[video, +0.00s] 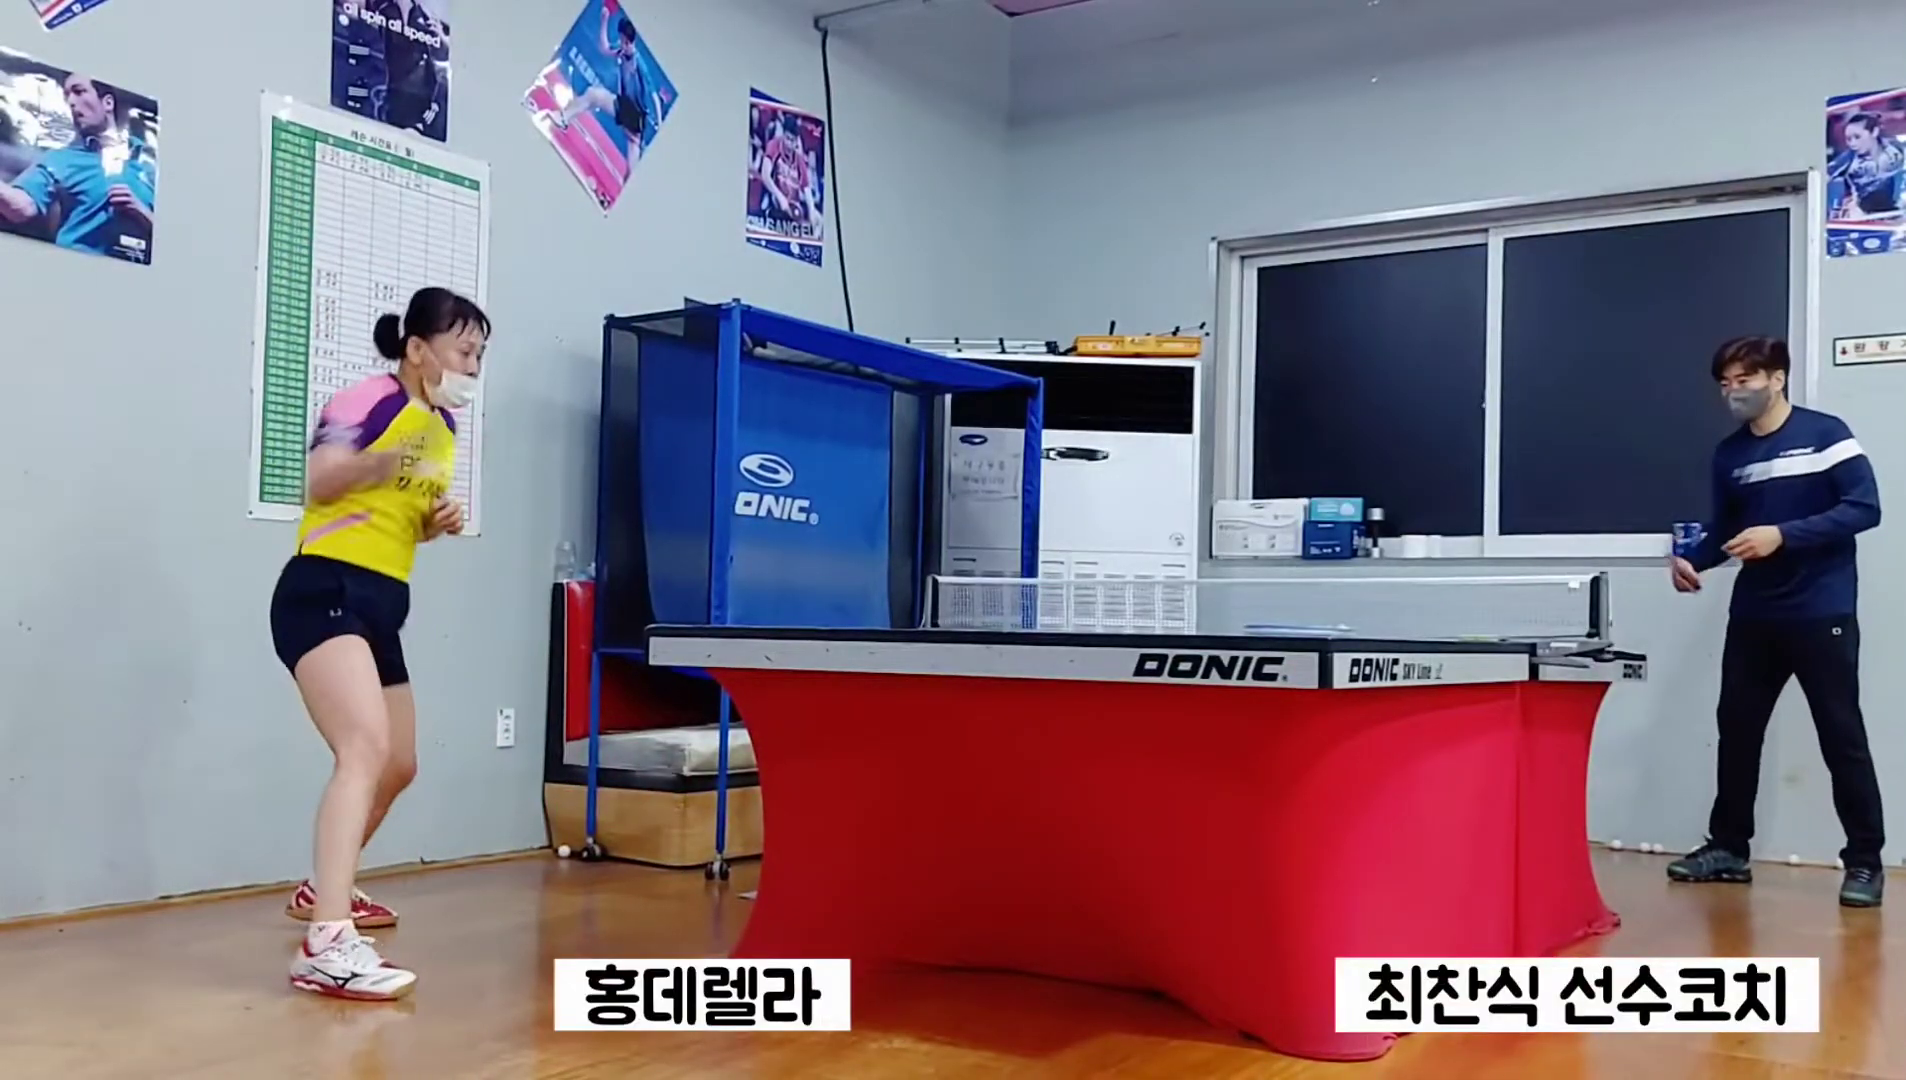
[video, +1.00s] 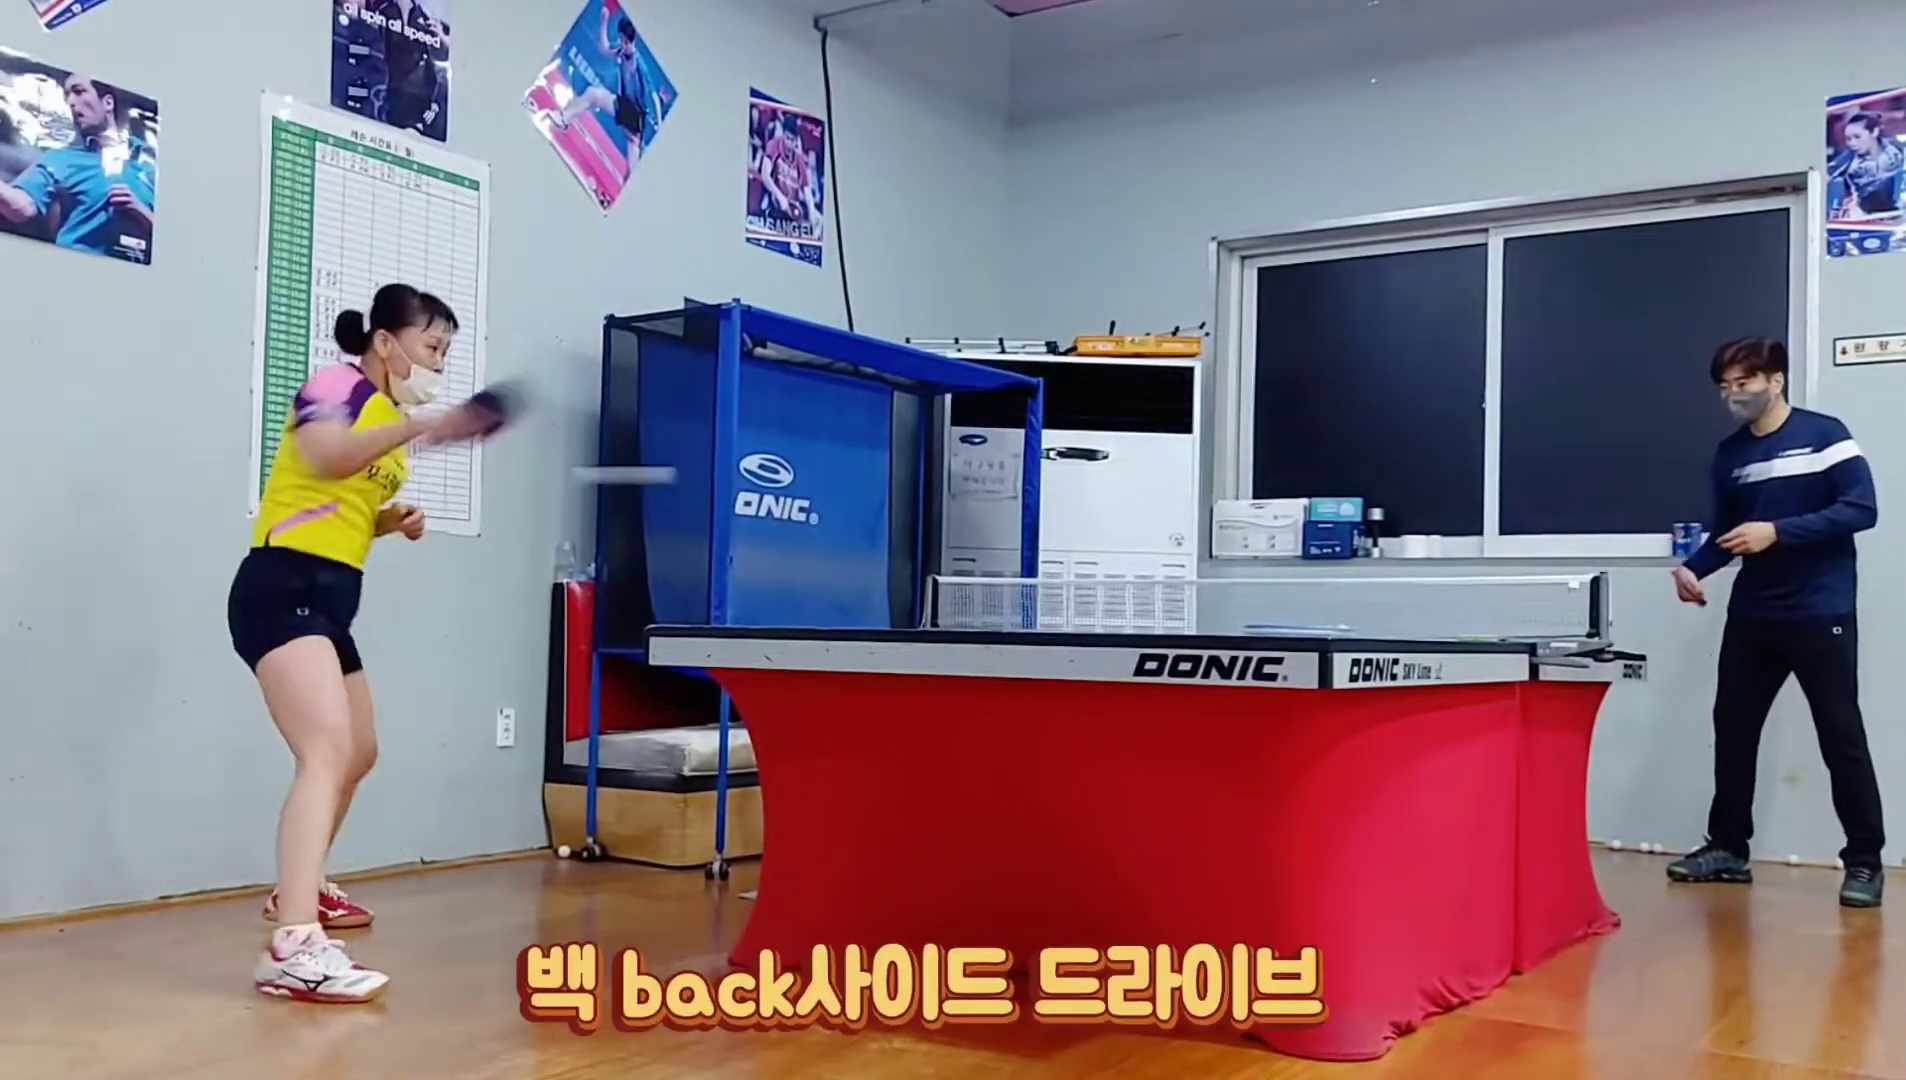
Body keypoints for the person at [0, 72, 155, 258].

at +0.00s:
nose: (71, 101)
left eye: (79, 91)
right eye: (67, 96)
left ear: (108, 103)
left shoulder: (149, 161)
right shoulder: (61, 159)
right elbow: (21, 207)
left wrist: (142, 213)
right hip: (75, 262)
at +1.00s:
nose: (70, 101)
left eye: (80, 91)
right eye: (67, 96)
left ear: (108, 103)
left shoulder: (149, 161)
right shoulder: (60, 159)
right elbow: (21, 207)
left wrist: (143, 212)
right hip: (75, 262)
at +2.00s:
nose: (70, 101)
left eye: (79, 91)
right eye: (67, 96)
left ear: (108, 102)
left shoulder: (150, 162)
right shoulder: (60, 159)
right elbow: (20, 208)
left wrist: (143, 213)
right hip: (74, 263)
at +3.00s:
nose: (71, 101)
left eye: (79, 91)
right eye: (67, 96)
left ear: (108, 102)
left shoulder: (150, 161)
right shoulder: (61, 159)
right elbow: (20, 208)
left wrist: (143, 212)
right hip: (74, 261)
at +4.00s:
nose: (70, 101)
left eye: (79, 91)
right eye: (67, 95)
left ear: (108, 103)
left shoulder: (149, 162)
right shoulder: (60, 159)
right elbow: (20, 207)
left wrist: (143, 212)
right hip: (75, 262)